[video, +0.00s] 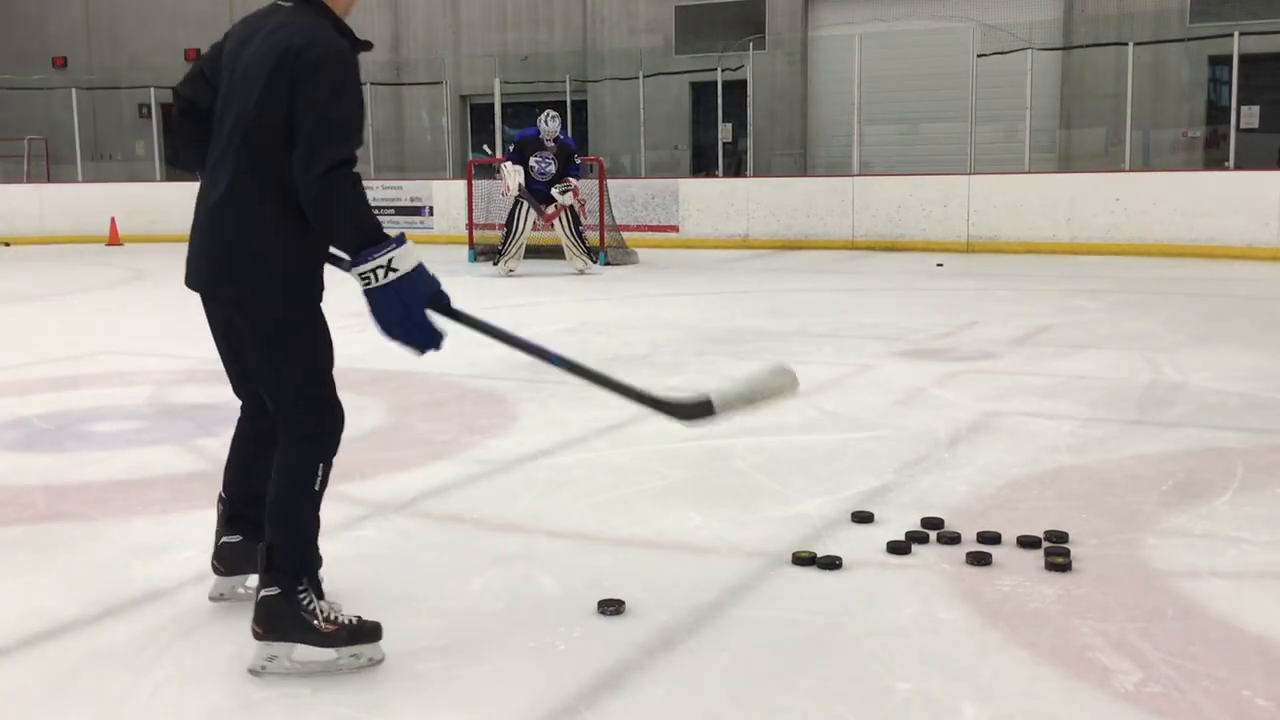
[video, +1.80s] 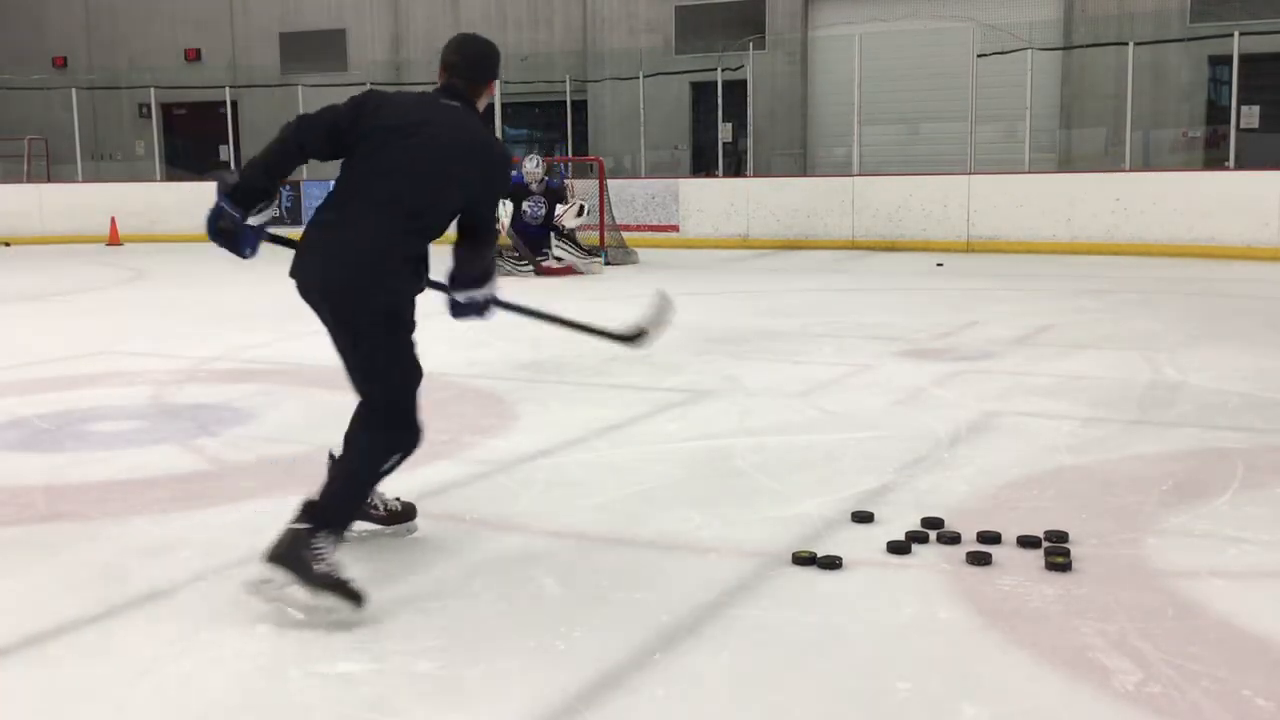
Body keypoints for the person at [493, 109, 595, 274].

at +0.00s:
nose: (550, 137)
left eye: (553, 133)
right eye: (546, 133)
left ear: (559, 129)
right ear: (539, 128)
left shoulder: (566, 144)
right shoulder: (524, 139)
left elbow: (574, 170)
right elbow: (511, 161)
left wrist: (568, 187)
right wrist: (513, 177)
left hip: (557, 195)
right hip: (529, 194)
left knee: (571, 230)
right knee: (516, 229)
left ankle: (584, 264)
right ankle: (505, 265)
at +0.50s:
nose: (536, 133)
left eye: (541, 130)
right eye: (533, 130)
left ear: (546, 131)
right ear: (528, 131)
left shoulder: (556, 149)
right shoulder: (517, 148)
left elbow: (569, 181)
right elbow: (503, 171)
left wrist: (574, 176)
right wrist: (501, 190)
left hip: (552, 197)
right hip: (523, 197)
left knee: (566, 229)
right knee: (511, 231)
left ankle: (578, 263)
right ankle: (501, 264)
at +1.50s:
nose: (538, 155)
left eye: (541, 151)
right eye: (534, 151)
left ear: (547, 152)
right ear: (528, 153)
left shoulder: (556, 170)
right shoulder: (516, 169)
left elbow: (569, 195)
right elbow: (500, 191)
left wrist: (580, 186)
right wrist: (501, 211)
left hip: (549, 209)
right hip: (523, 209)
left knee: (565, 236)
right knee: (510, 237)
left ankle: (584, 263)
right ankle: (491, 265)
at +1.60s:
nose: (538, 158)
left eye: (541, 154)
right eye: (534, 154)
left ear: (548, 156)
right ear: (528, 156)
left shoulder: (556, 174)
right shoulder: (516, 171)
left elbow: (565, 197)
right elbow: (500, 191)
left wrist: (573, 204)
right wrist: (512, 210)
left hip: (549, 217)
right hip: (522, 217)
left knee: (565, 241)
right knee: (512, 243)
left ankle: (587, 264)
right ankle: (493, 266)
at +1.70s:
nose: (536, 164)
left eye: (540, 160)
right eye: (532, 160)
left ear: (547, 160)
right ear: (527, 161)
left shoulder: (556, 180)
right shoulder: (518, 178)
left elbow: (564, 203)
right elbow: (501, 196)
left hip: (549, 224)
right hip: (524, 225)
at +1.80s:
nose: (532, 177)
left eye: (536, 173)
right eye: (529, 173)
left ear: (543, 172)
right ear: (523, 172)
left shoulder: (554, 189)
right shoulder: (515, 187)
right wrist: (502, 218)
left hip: (546, 235)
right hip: (520, 236)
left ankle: (591, 263)